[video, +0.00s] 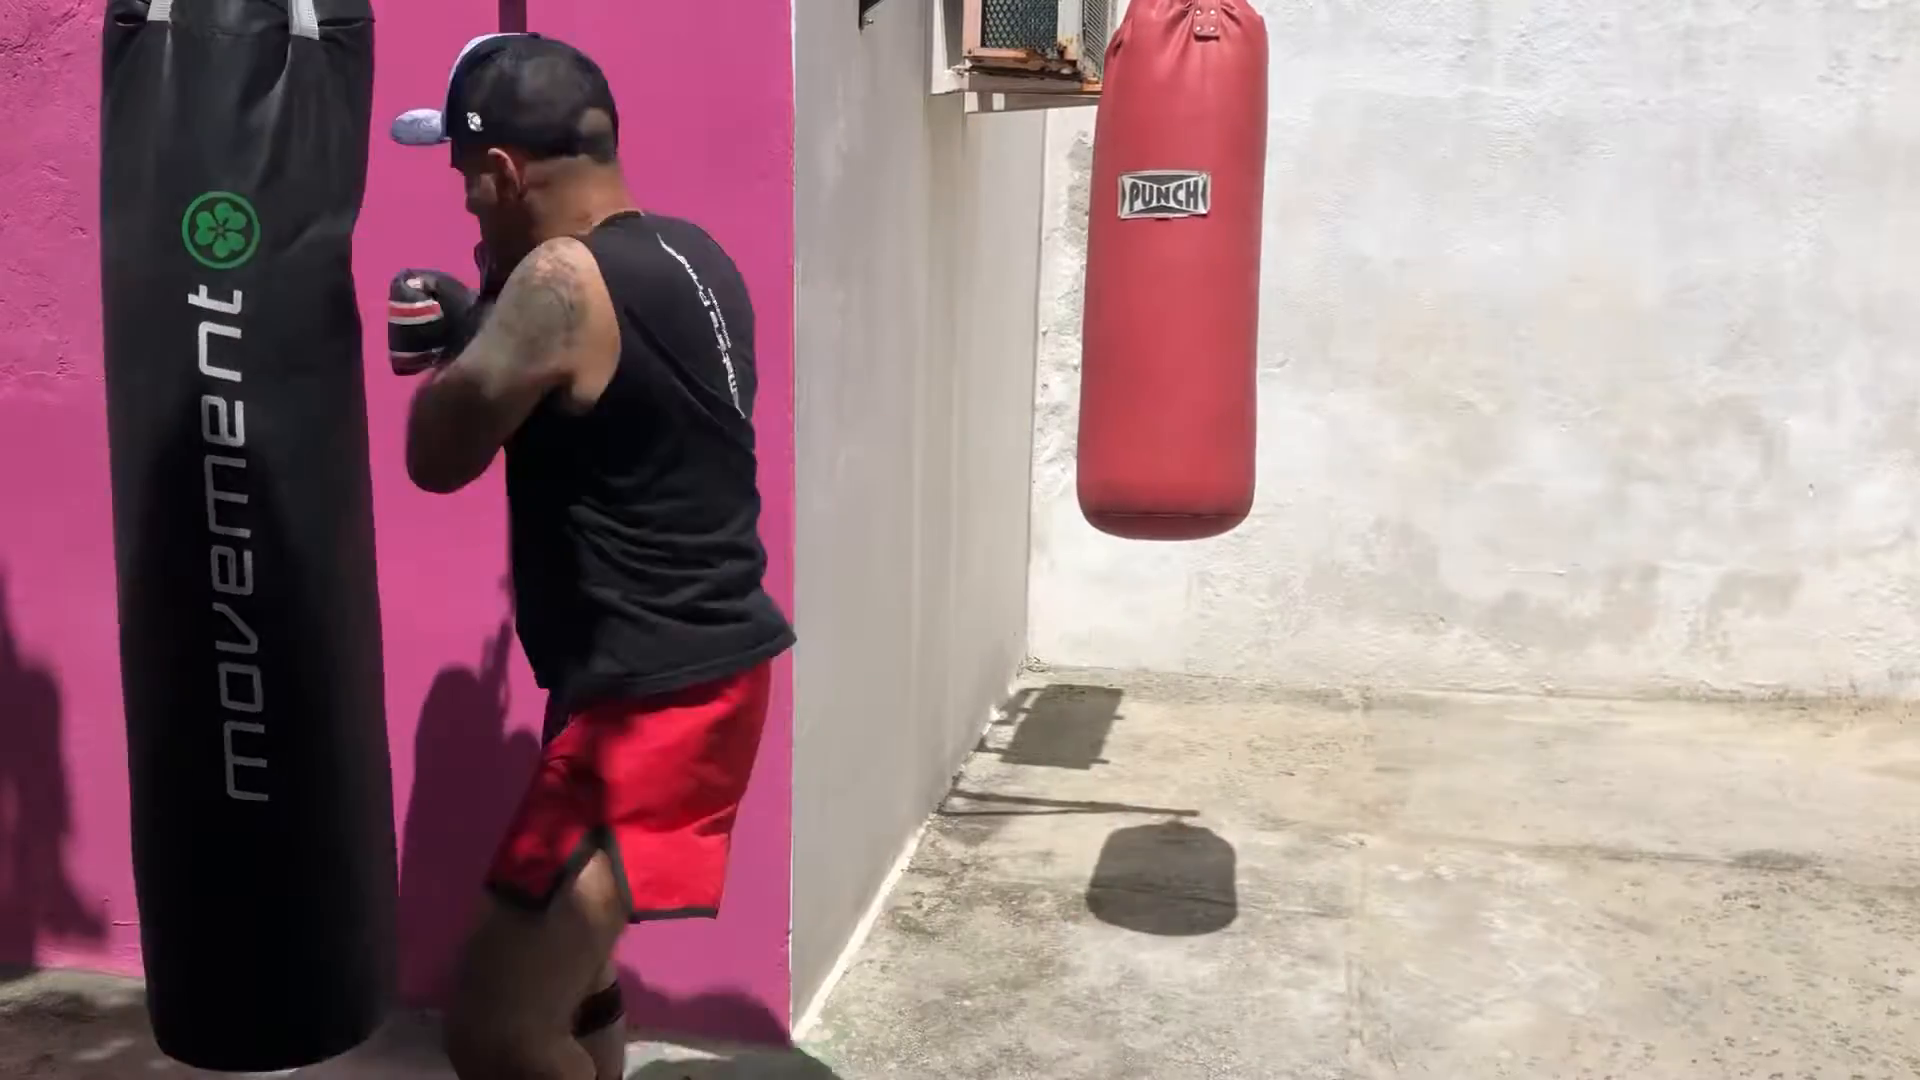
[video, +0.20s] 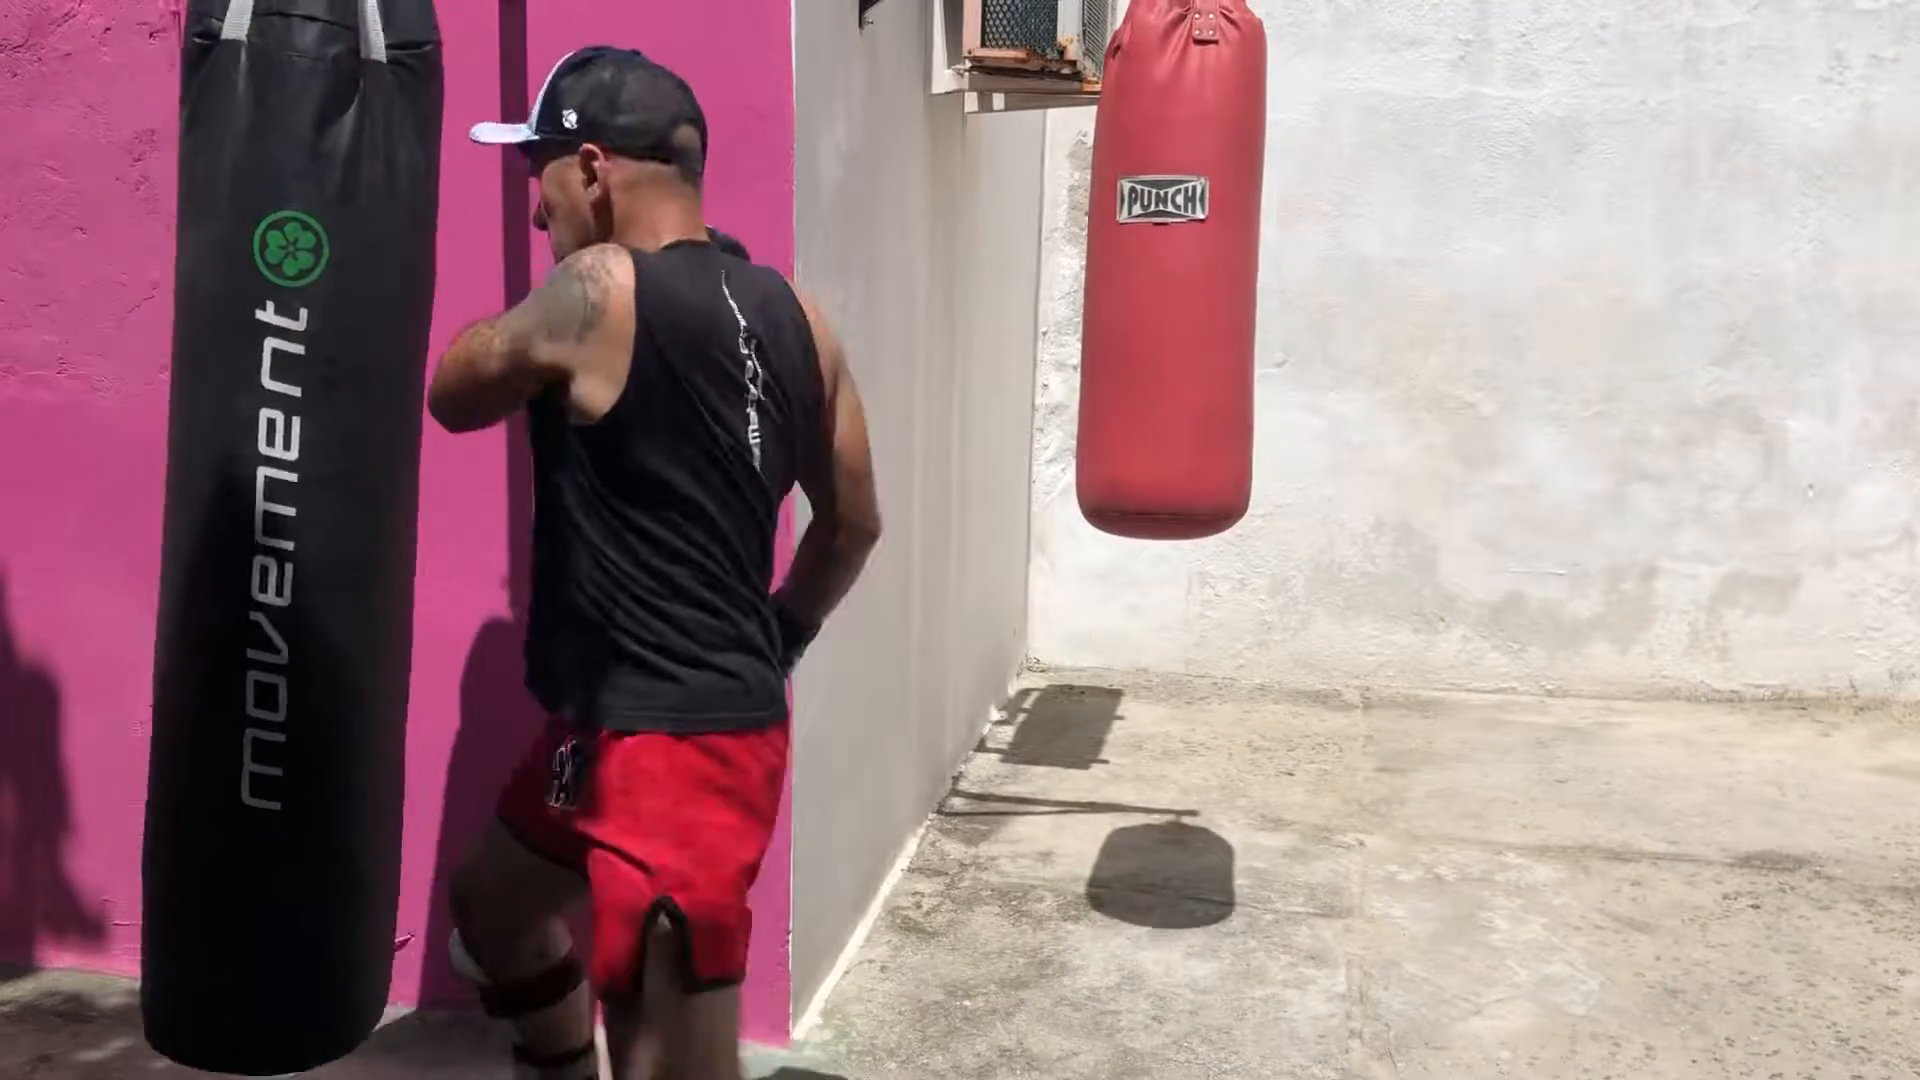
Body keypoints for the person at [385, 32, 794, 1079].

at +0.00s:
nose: (467, 200)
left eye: (466, 174)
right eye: (463, 175)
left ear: (506, 169)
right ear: (601, 142)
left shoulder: (559, 279)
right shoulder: (693, 256)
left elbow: (435, 457)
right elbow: (628, 412)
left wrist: (498, 298)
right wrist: (484, 335)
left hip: (644, 681)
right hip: (712, 663)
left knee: (496, 1024)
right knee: (572, 987)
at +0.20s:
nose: (536, 198)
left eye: (544, 168)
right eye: (537, 171)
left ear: (599, 169)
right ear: (682, 165)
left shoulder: (595, 291)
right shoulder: (792, 309)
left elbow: (451, 396)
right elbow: (850, 521)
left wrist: (565, 296)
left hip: (661, 725)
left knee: (674, 1050)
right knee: (499, 904)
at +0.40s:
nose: (549, 278)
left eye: (560, 256)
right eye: (550, 254)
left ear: (626, 269)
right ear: (640, 268)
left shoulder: (756, 400)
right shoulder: (641, 372)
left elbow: (616, 614)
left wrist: (560, 453)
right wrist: (567, 433)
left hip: (785, 754)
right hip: (658, 747)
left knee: (750, 1057)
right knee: (509, 979)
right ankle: (580, 1071)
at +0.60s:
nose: (652, 206)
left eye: (662, 184)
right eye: (654, 181)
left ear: (728, 203)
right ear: (758, 200)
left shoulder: (827, 344)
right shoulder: (829, 291)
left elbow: (693, 557)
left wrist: (642, 397)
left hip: (847, 729)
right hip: (736, 704)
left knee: (850, 1032)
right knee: (640, 935)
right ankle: (616, 1072)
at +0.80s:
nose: (739, 220)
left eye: (748, 197)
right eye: (739, 196)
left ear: (808, 207)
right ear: (843, 202)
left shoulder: (908, 344)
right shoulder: (918, 298)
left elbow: (817, 589)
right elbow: (1007, 457)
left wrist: (676, 464)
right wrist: (818, 454)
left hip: (943, 760)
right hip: (853, 733)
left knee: (946, 1054)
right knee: (777, 913)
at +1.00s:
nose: (779, 202)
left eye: (788, 176)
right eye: (779, 176)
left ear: (855, 184)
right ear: (904, 172)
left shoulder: (906, 318)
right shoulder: (1012, 269)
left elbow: (858, 543)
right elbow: (882, 453)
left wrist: (708, 417)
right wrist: (783, 330)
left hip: (935, 720)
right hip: (1031, 687)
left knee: (833, 1045)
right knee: (1044, 980)